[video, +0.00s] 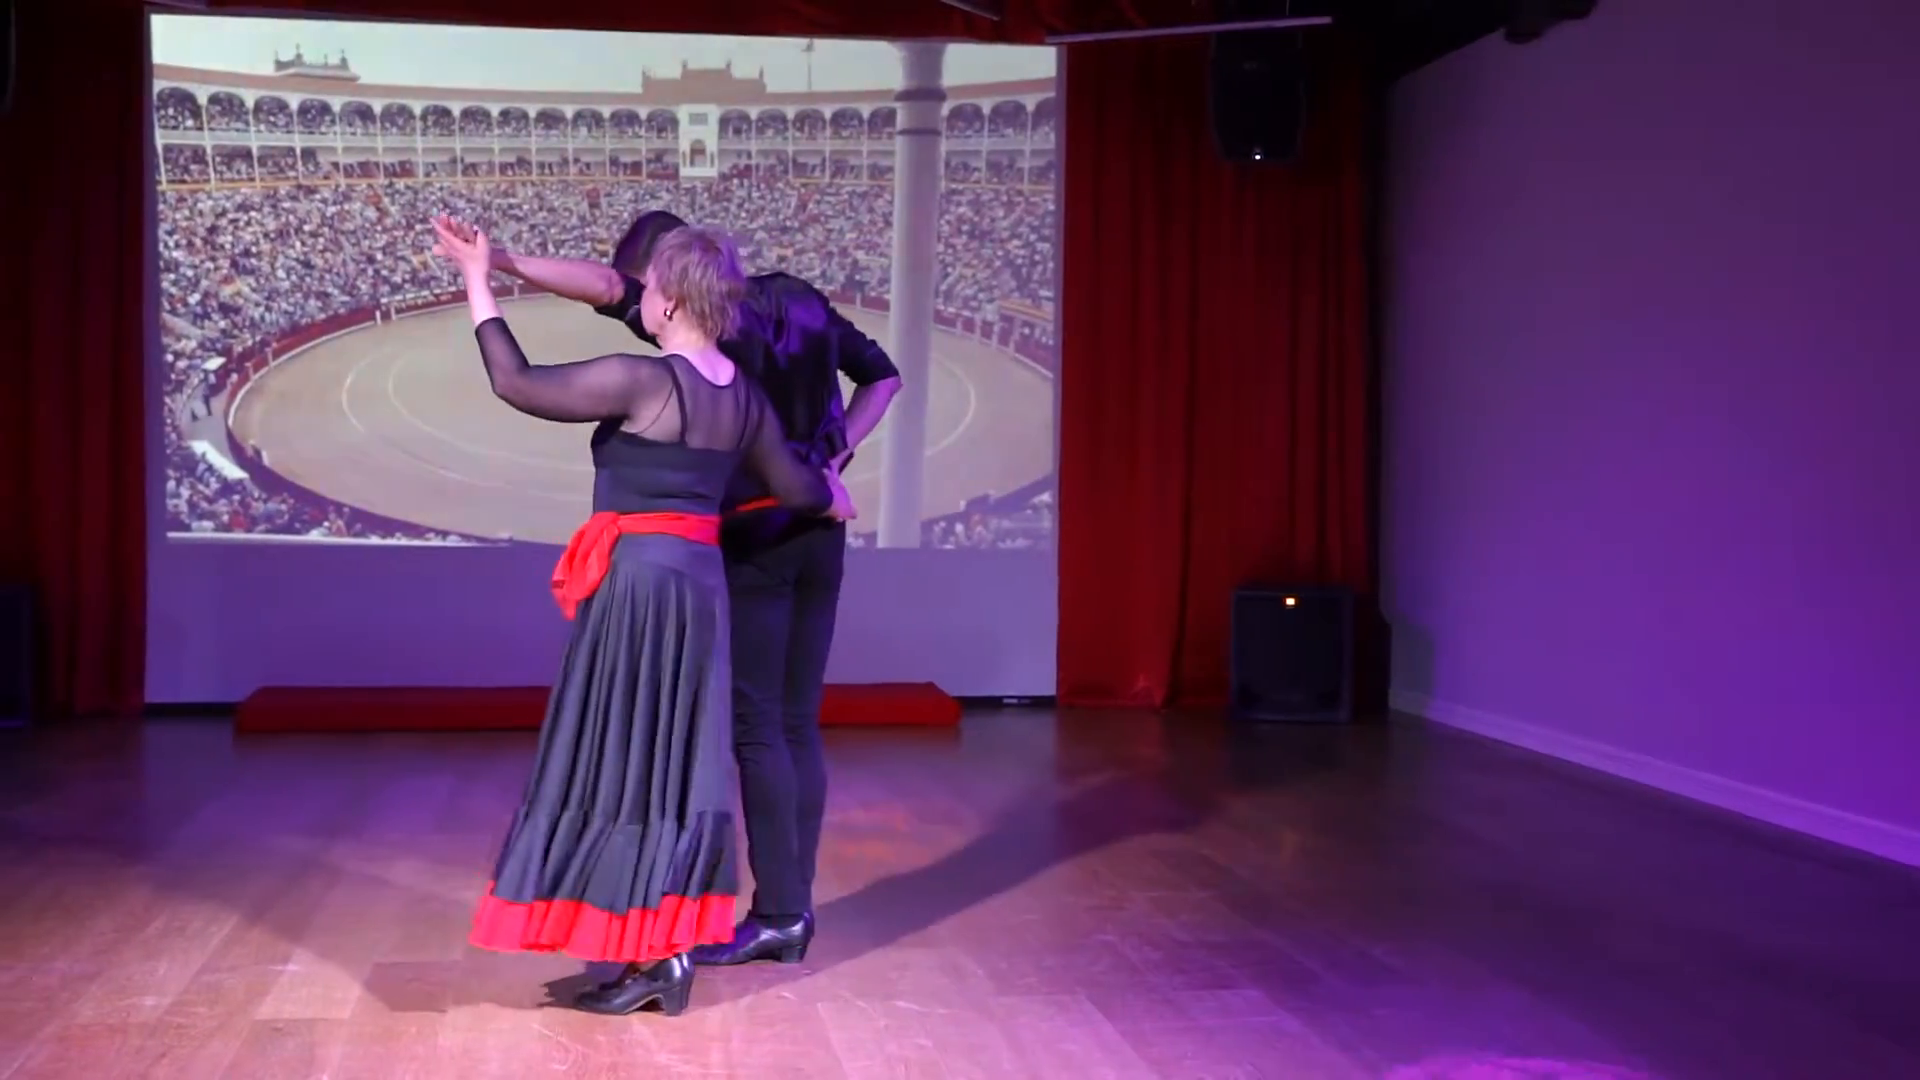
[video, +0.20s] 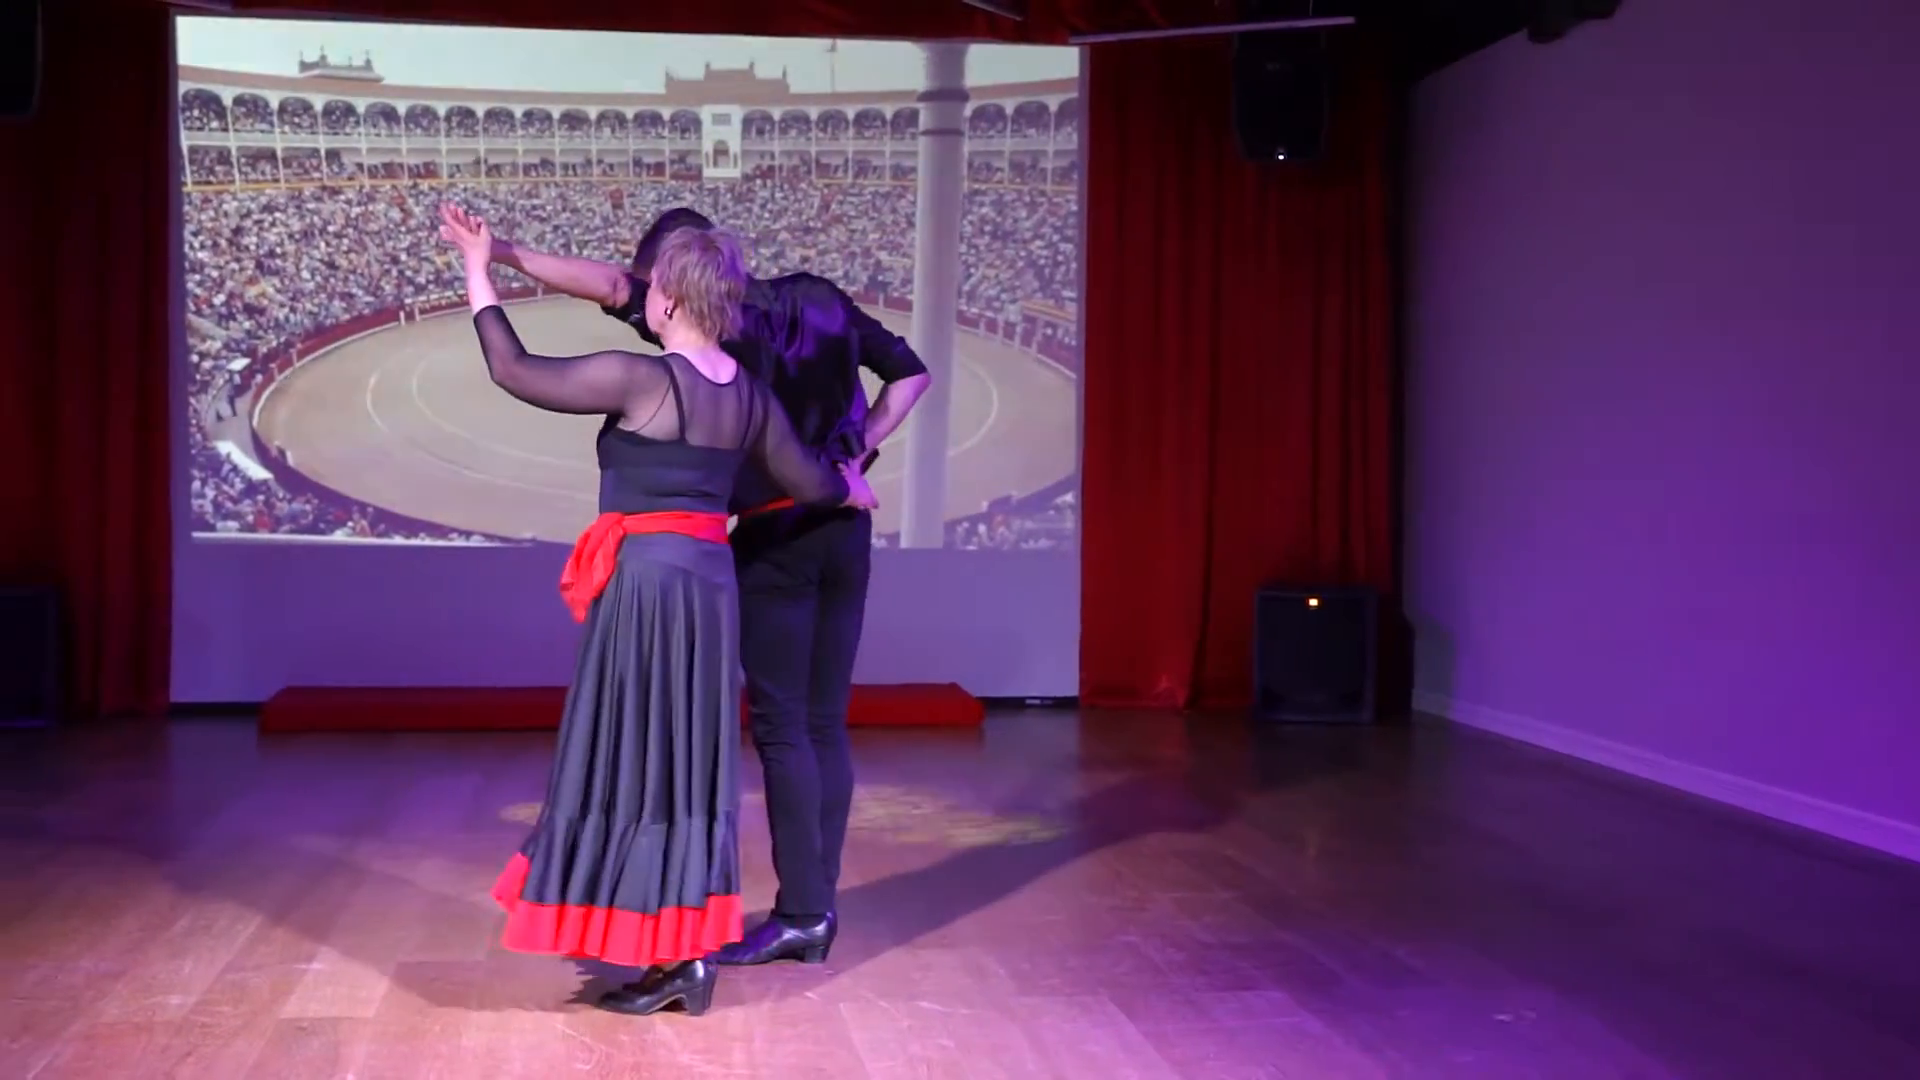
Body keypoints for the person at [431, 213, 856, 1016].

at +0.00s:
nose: (634, 300)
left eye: (640, 289)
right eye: (637, 289)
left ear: (663, 299)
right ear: (717, 301)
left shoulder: (638, 377)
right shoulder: (742, 397)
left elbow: (514, 384)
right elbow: (792, 486)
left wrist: (477, 283)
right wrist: (828, 491)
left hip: (636, 579)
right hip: (698, 581)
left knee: (621, 757)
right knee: (674, 758)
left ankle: (640, 952)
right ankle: (661, 946)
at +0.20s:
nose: (637, 295)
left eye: (641, 282)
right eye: (640, 283)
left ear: (661, 294)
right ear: (727, 300)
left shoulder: (635, 376)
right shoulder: (747, 395)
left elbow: (514, 371)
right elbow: (812, 485)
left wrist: (477, 270)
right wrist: (848, 482)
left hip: (643, 580)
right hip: (709, 580)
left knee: (635, 758)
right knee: (691, 759)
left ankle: (651, 954)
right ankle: (680, 951)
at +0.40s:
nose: (652, 303)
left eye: (656, 292)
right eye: (658, 292)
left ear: (668, 301)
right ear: (737, 306)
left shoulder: (639, 377)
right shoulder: (759, 395)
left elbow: (519, 372)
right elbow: (823, 483)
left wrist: (479, 279)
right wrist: (867, 478)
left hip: (658, 583)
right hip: (729, 585)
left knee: (657, 758)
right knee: (716, 760)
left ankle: (684, 951)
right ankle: (708, 951)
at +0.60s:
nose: (734, 285)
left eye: (736, 269)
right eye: (732, 270)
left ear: (764, 258)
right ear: (794, 252)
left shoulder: (782, 336)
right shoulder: (882, 308)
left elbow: (665, 358)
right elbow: (955, 395)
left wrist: (561, 293)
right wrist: (906, 453)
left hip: (832, 538)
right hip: (892, 528)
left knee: (830, 728)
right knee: (859, 724)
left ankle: (850, 916)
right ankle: (861, 904)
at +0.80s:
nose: (775, 273)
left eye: (777, 256)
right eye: (772, 257)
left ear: (811, 244)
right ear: (816, 242)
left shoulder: (870, 312)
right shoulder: (853, 307)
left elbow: (873, 434)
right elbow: (884, 414)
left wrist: (794, 389)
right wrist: (931, 469)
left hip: (868, 547)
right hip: (850, 542)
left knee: (859, 730)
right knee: (844, 725)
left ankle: (878, 916)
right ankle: (871, 905)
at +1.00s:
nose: (802, 260)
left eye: (804, 243)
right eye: (800, 246)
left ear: (836, 233)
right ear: (839, 234)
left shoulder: (906, 297)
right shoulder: (851, 313)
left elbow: (965, 357)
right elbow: (828, 452)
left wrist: (846, 338)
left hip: (890, 534)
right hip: (862, 535)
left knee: (879, 724)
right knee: (870, 721)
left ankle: (901, 914)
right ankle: (891, 903)